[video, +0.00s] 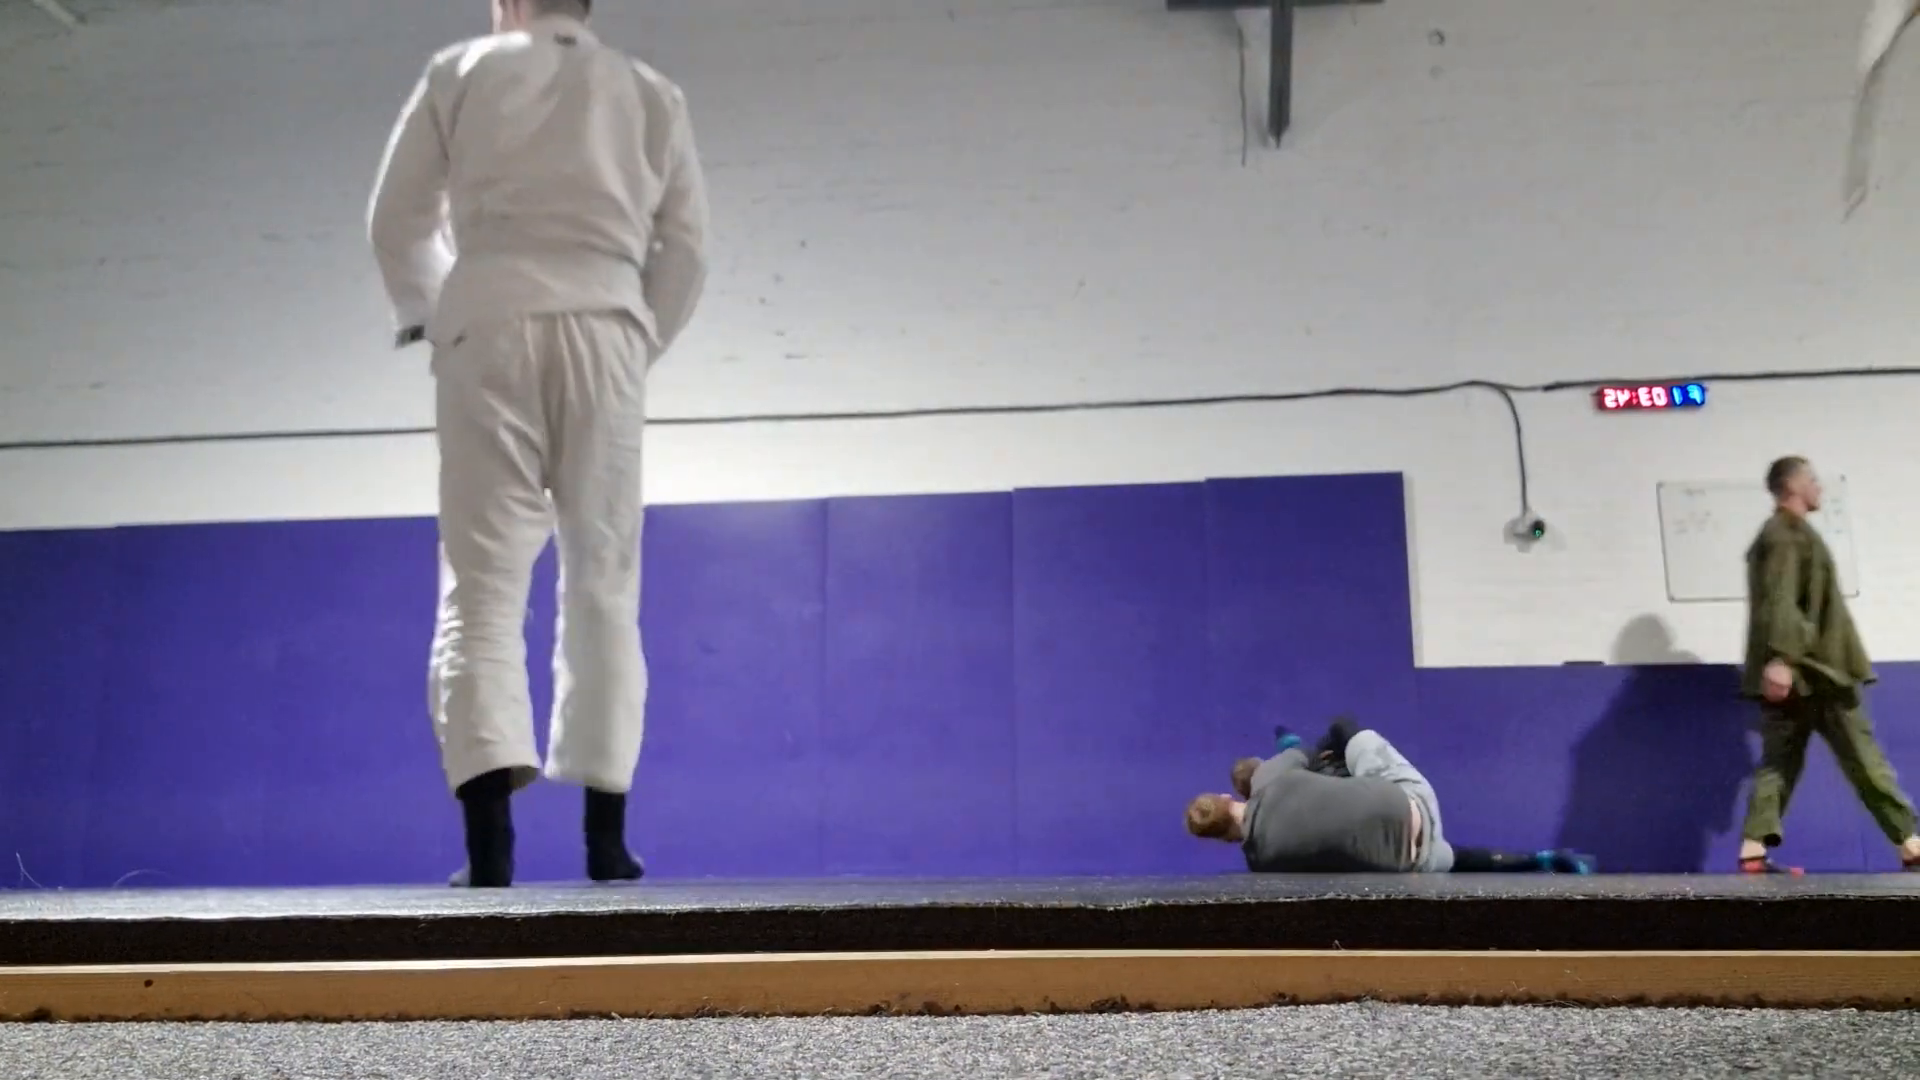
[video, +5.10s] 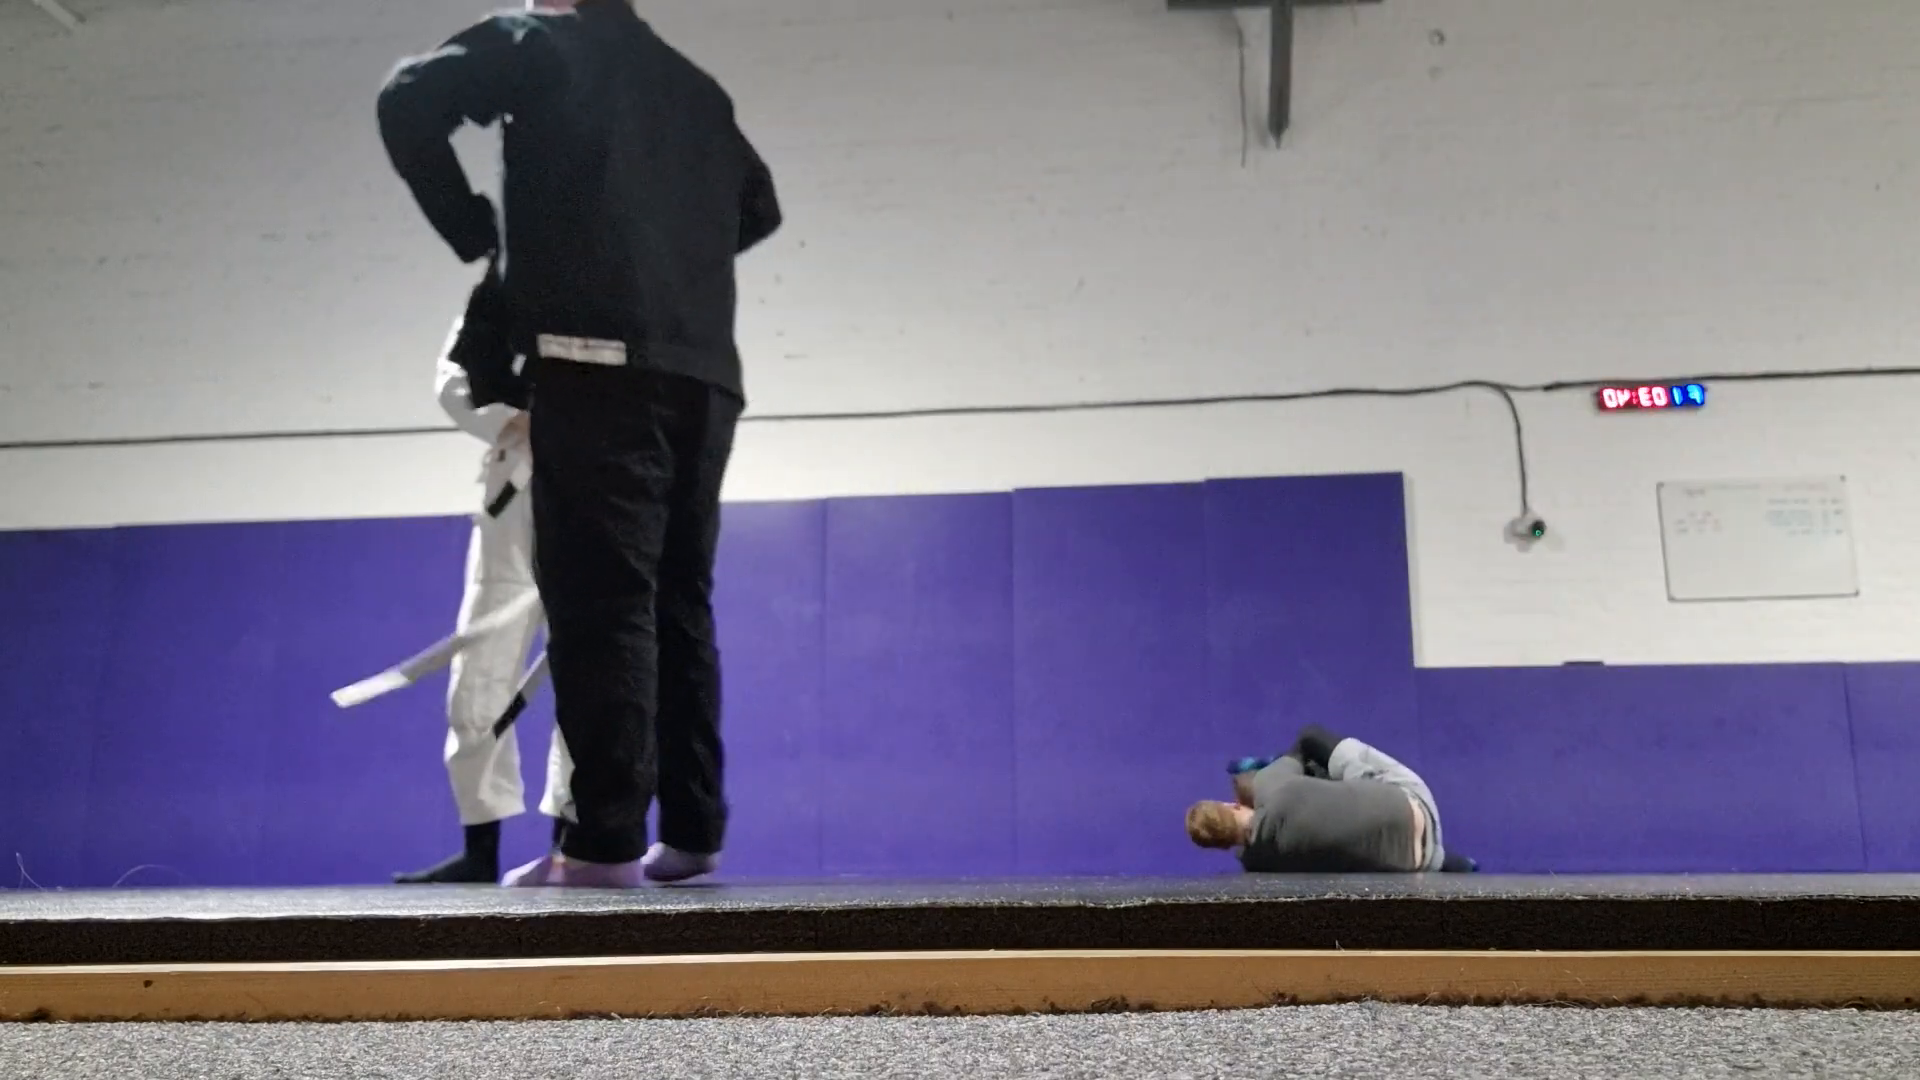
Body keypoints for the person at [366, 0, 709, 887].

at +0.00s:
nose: (492, 18)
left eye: (492, 10)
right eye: (499, 13)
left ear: (505, 8)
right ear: (587, 12)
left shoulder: (458, 72)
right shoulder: (652, 92)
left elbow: (396, 218)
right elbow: (685, 246)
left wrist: (436, 316)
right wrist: (635, 338)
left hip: (486, 323)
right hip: (606, 329)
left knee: (483, 579)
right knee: (604, 578)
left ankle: (488, 848)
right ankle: (607, 838)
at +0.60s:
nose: (458, 142)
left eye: (463, 126)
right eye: (458, 127)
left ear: (498, 121)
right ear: (535, 125)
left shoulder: (493, 185)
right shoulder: (601, 217)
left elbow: (457, 290)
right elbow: (610, 345)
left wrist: (415, 375)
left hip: (513, 418)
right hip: (599, 428)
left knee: (452, 630)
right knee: (556, 627)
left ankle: (479, 846)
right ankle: (595, 834)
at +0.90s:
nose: (441, 160)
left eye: (454, 145)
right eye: (437, 148)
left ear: (504, 149)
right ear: (466, 158)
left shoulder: (525, 216)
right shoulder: (482, 238)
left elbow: (527, 335)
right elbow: (471, 360)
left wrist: (450, 412)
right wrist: (433, 432)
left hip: (527, 457)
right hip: (504, 457)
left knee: (444, 651)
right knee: (456, 647)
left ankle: (484, 841)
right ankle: (502, 832)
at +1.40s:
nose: (515, 198)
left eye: (529, 188)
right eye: (503, 186)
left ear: (550, 204)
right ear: (478, 198)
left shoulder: (586, 293)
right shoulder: (436, 287)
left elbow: (618, 399)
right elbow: (389, 393)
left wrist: (589, 453)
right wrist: (402, 458)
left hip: (554, 500)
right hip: (465, 500)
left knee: (564, 678)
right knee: (451, 684)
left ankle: (564, 841)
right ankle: (476, 849)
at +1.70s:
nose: (562, 216)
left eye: (578, 205)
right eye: (550, 200)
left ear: (595, 217)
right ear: (525, 203)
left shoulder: (617, 304)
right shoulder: (476, 280)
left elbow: (643, 397)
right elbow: (426, 362)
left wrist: (653, 474)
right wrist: (494, 343)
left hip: (587, 504)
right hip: (499, 499)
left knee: (587, 674)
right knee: (474, 672)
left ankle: (568, 849)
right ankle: (477, 852)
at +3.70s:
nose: (621, 228)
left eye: (629, 218)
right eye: (609, 212)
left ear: (630, 229)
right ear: (566, 212)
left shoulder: (644, 314)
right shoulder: (502, 288)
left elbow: (683, 410)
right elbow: (452, 379)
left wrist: (660, 434)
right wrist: (509, 419)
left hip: (608, 508)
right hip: (521, 500)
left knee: (597, 673)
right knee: (489, 669)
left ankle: (569, 849)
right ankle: (480, 851)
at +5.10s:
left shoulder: (630, 290)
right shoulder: (509, 275)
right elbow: (455, 378)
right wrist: (510, 422)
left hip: (602, 488)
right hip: (519, 482)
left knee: (585, 661)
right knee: (484, 655)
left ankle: (574, 844)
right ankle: (480, 849)